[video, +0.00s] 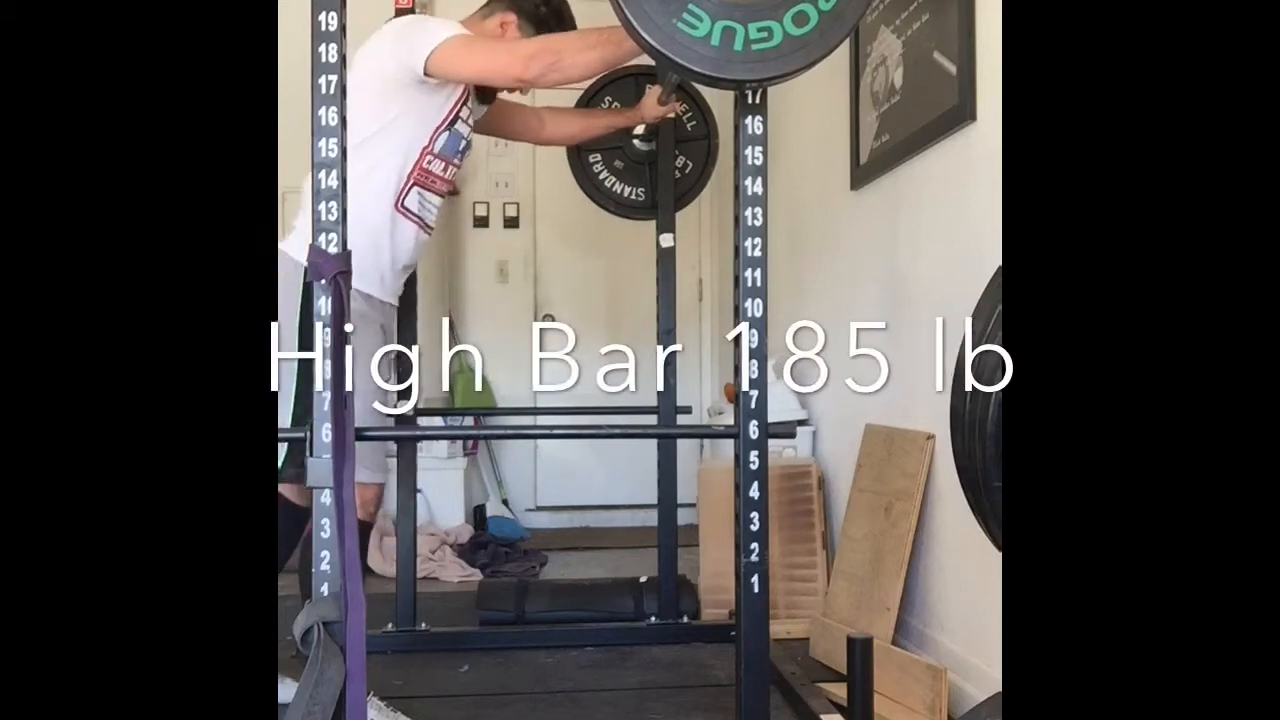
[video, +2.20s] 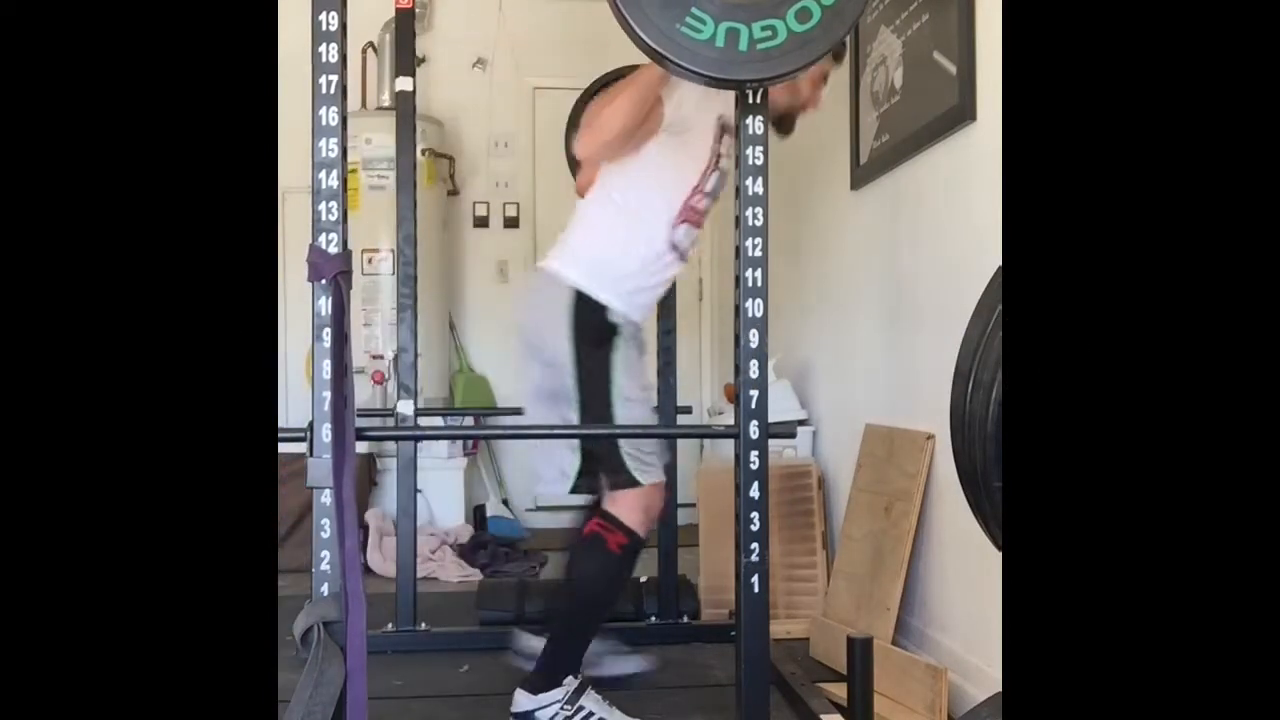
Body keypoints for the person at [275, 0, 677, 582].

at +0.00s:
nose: (519, 65)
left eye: (532, 57)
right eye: (528, 53)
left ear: (500, 26)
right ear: (505, 25)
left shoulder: (462, 99)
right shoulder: (411, 37)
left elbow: (541, 124)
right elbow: (530, 65)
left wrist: (636, 115)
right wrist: (659, 28)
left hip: (370, 297)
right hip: (328, 285)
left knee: (301, 475)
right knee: (359, 487)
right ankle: (322, 633)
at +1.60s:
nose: (577, 121)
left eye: (588, 112)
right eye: (584, 102)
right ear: (548, 66)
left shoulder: (503, 125)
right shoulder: (445, 75)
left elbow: (555, 146)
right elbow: (551, 68)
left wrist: (635, 114)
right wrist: (660, 27)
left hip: (392, 313)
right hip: (361, 305)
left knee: (297, 487)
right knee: (473, 465)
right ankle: (410, 667)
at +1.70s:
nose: (599, 155)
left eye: (614, 151)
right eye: (609, 138)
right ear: (587, 89)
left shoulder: (534, 137)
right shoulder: (487, 86)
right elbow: (561, 54)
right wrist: (661, 26)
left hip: (413, 305)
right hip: (387, 298)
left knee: (316, 480)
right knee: (479, 464)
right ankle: (502, 673)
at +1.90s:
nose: (695, 191)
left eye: (710, 185)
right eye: (706, 175)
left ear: (681, 129)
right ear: (684, 128)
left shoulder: (624, 165)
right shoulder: (591, 116)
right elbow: (546, 49)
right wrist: (645, 23)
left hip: (495, 333)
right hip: (465, 324)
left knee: (394, 495)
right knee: (581, 483)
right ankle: (544, 693)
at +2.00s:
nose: (747, 169)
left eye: (760, 162)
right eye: (758, 153)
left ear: (738, 120)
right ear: (745, 114)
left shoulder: (674, 155)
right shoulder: (642, 96)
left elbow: (553, 143)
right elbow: (545, 57)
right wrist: (642, 31)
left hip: (543, 322)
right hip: (510, 311)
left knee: (488, 510)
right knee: (610, 488)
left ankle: (345, 570)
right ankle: (545, 691)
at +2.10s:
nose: (801, 138)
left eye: (811, 124)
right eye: (807, 117)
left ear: (779, 96)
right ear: (777, 90)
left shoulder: (701, 125)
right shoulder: (679, 90)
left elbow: (572, 162)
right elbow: (560, 102)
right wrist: (646, 49)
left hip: (577, 315)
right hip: (551, 311)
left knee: (580, 497)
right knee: (624, 493)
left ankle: (429, 576)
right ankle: (547, 689)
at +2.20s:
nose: (818, 96)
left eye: (824, 82)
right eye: (819, 76)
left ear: (784, 70)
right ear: (783, 60)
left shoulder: (723, 119)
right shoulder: (690, 88)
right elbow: (588, 147)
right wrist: (663, 56)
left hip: (615, 311)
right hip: (578, 303)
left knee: (643, 491)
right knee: (635, 497)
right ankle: (549, 685)